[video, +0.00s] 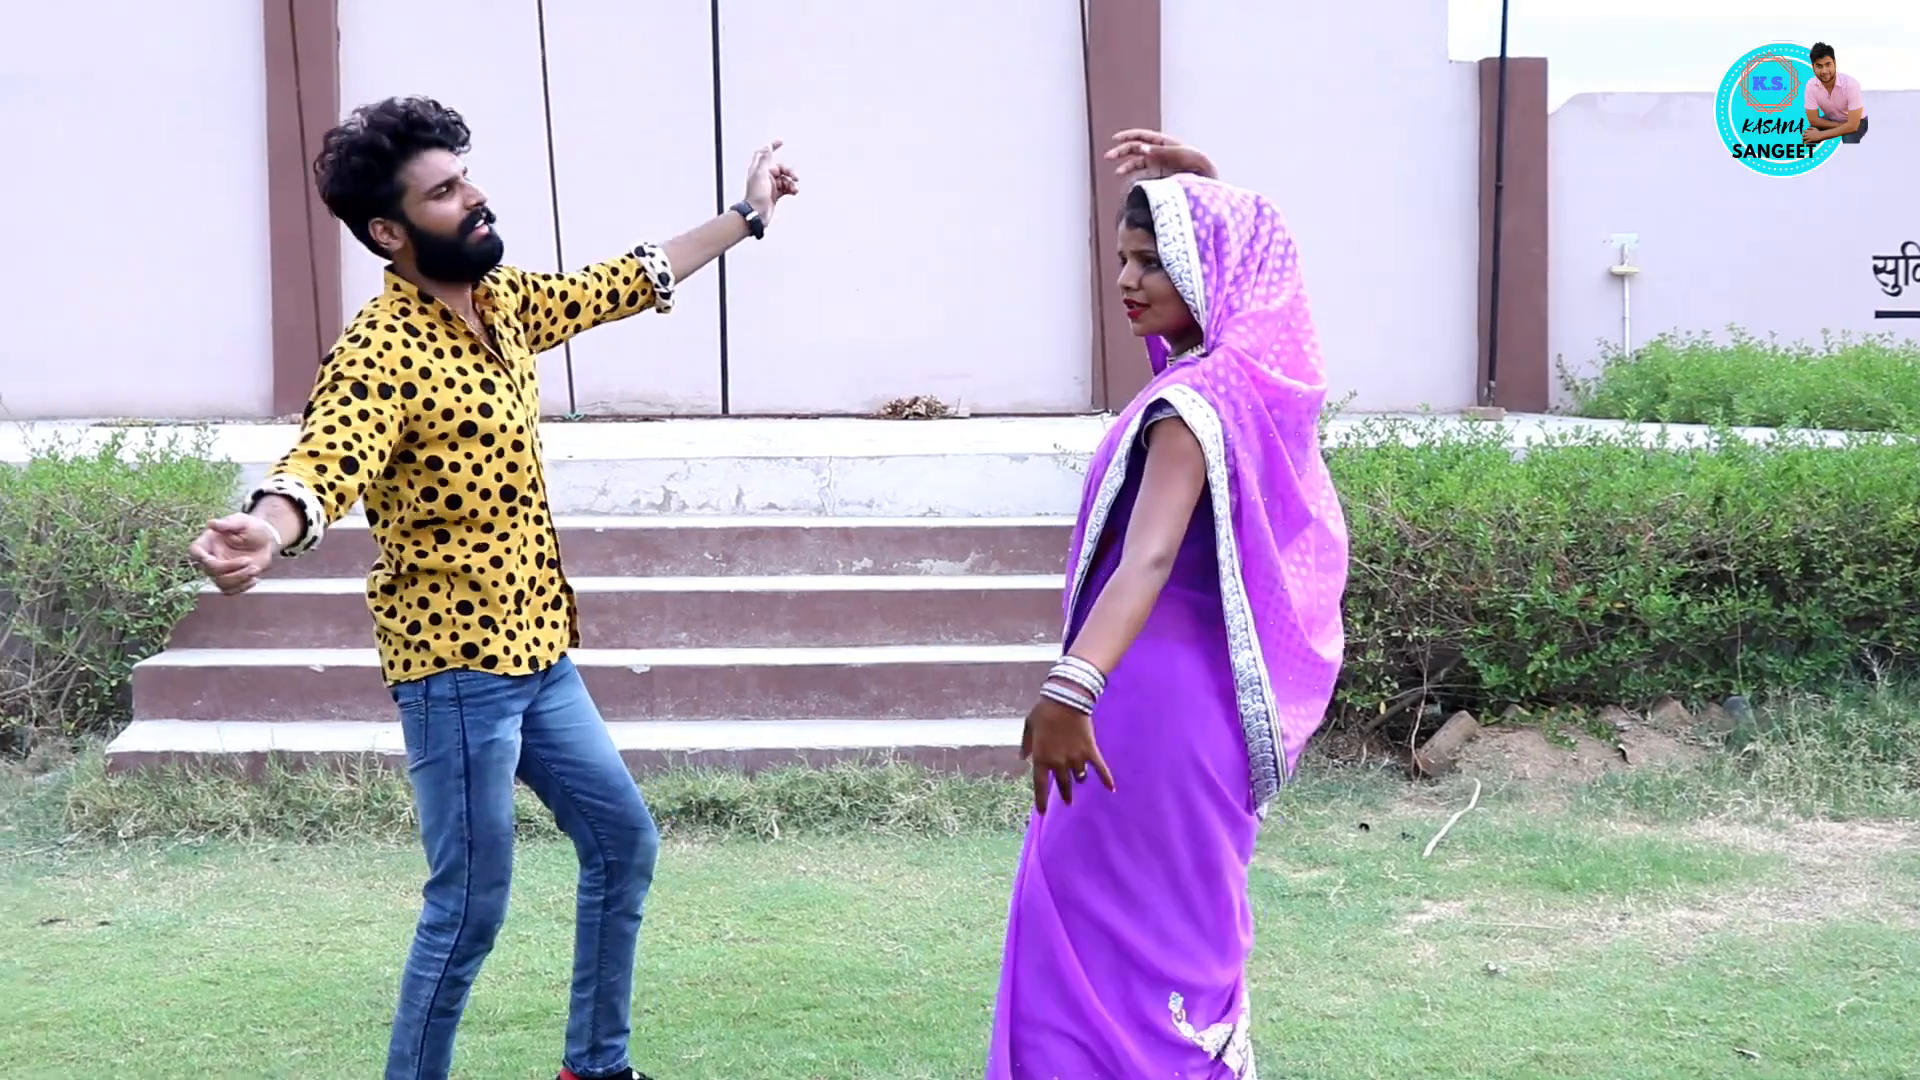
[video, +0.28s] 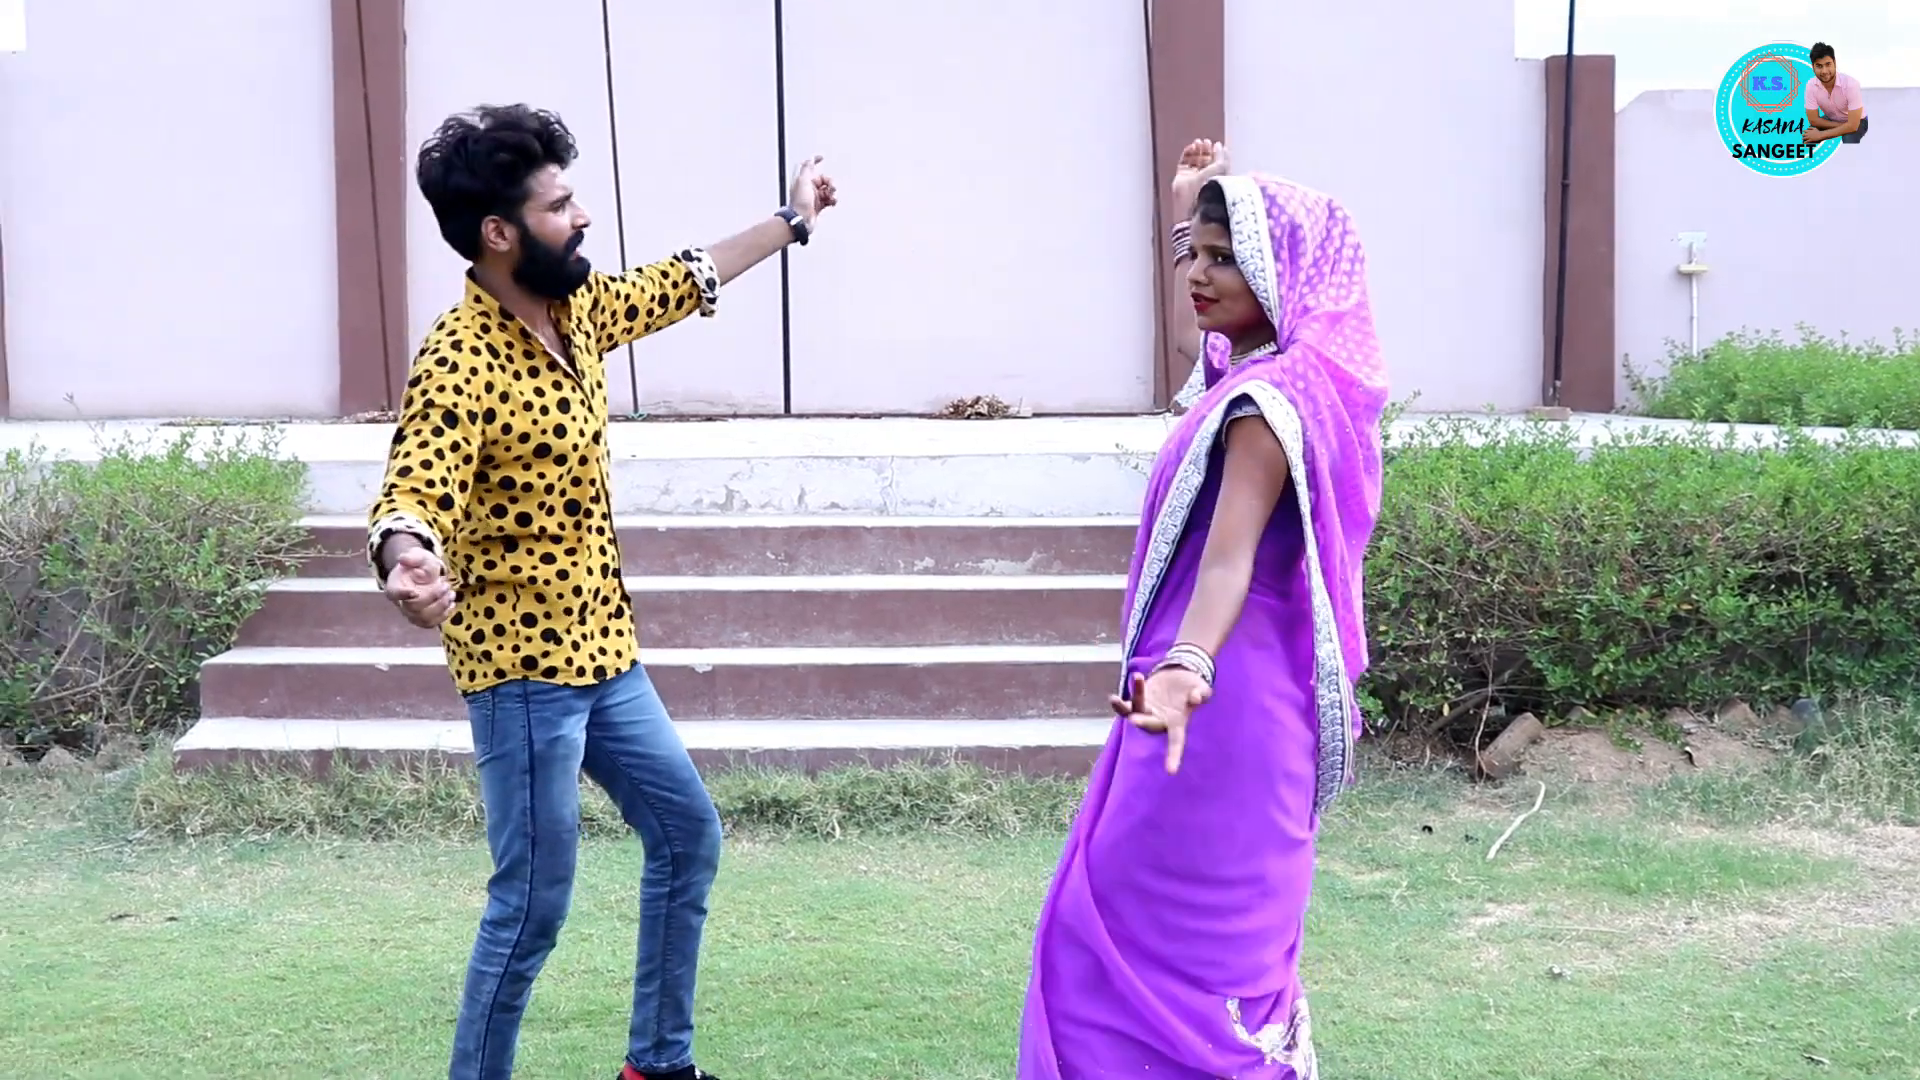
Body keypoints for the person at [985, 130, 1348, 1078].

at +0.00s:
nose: (1123, 281)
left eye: (1144, 262)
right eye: (1121, 260)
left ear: (1208, 275)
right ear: (1226, 278)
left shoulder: (1189, 405)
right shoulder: (1266, 384)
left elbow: (1149, 561)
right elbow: (1256, 265)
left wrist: (1069, 686)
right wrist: (1205, 181)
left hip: (1148, 714)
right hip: (1213, 712)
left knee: (1078, 963)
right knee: (1189, 959)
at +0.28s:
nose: (1197, 275)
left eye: (1220, 258)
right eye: (1193, 257)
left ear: (1282, 275)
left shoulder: (1263, 403)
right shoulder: (1300, 372)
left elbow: (1230, 555)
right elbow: (1207, 317)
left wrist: (1186, 662)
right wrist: (1188, 207)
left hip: (1216, 717)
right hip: (1263, 711)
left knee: (1086, 928)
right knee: (1244, 953)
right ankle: (1259, 1062)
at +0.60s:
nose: (1205, 243)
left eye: (1229, 225)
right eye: (1208, 227)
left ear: (1294, 252)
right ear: (1252, 261)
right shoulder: (1220, 356)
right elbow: (1160, 321)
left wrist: (1365, 504)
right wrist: (1134, 259)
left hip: (1271, 690)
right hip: (1189, 684)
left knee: (1268, 946)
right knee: (1171, 932)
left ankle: (1296, 1064)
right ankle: (1172, 1066)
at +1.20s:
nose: (1228, 296)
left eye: (1251, 281)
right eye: (1229, 278)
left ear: (1310, 303)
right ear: (1309, 311)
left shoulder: (1296, 416)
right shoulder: (1324, 401)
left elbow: (1267, 464)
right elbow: (1276, 290)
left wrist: (1210, 485)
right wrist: (1270, 201)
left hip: (1218, 727)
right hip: (1259, 726)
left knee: (1116, 955)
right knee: (1235, 979)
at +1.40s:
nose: (1233, 304)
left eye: (1256, 288)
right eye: (1233, 286)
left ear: (1319, 312)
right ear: (1320, 319)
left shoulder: (1307, 432)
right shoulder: (1315, 413)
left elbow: (1219, 518)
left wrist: (1165, 413)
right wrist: (1328, 253)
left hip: (1235, 742)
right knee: (1085, 908)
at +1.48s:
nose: (1233, 313)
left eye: (1258, 296)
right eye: (1235, 297)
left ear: (1326, 316)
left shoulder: (1298, 439)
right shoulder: (1341, 433)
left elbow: (1205, 532)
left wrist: (1152, 393)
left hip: (1232, 755)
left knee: (1096, 919)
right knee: (1075, 900)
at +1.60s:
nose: (1230, 320)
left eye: (1253, 304)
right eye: (1233, 303)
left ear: (1318, 323)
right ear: (1306, 331)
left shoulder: (1301, 443)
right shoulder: (1303, 432)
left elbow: (1173, 523)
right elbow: (1258, 627)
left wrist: (1131, 362)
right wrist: (1177, 751)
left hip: (1229, 765)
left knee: (1097, 965)